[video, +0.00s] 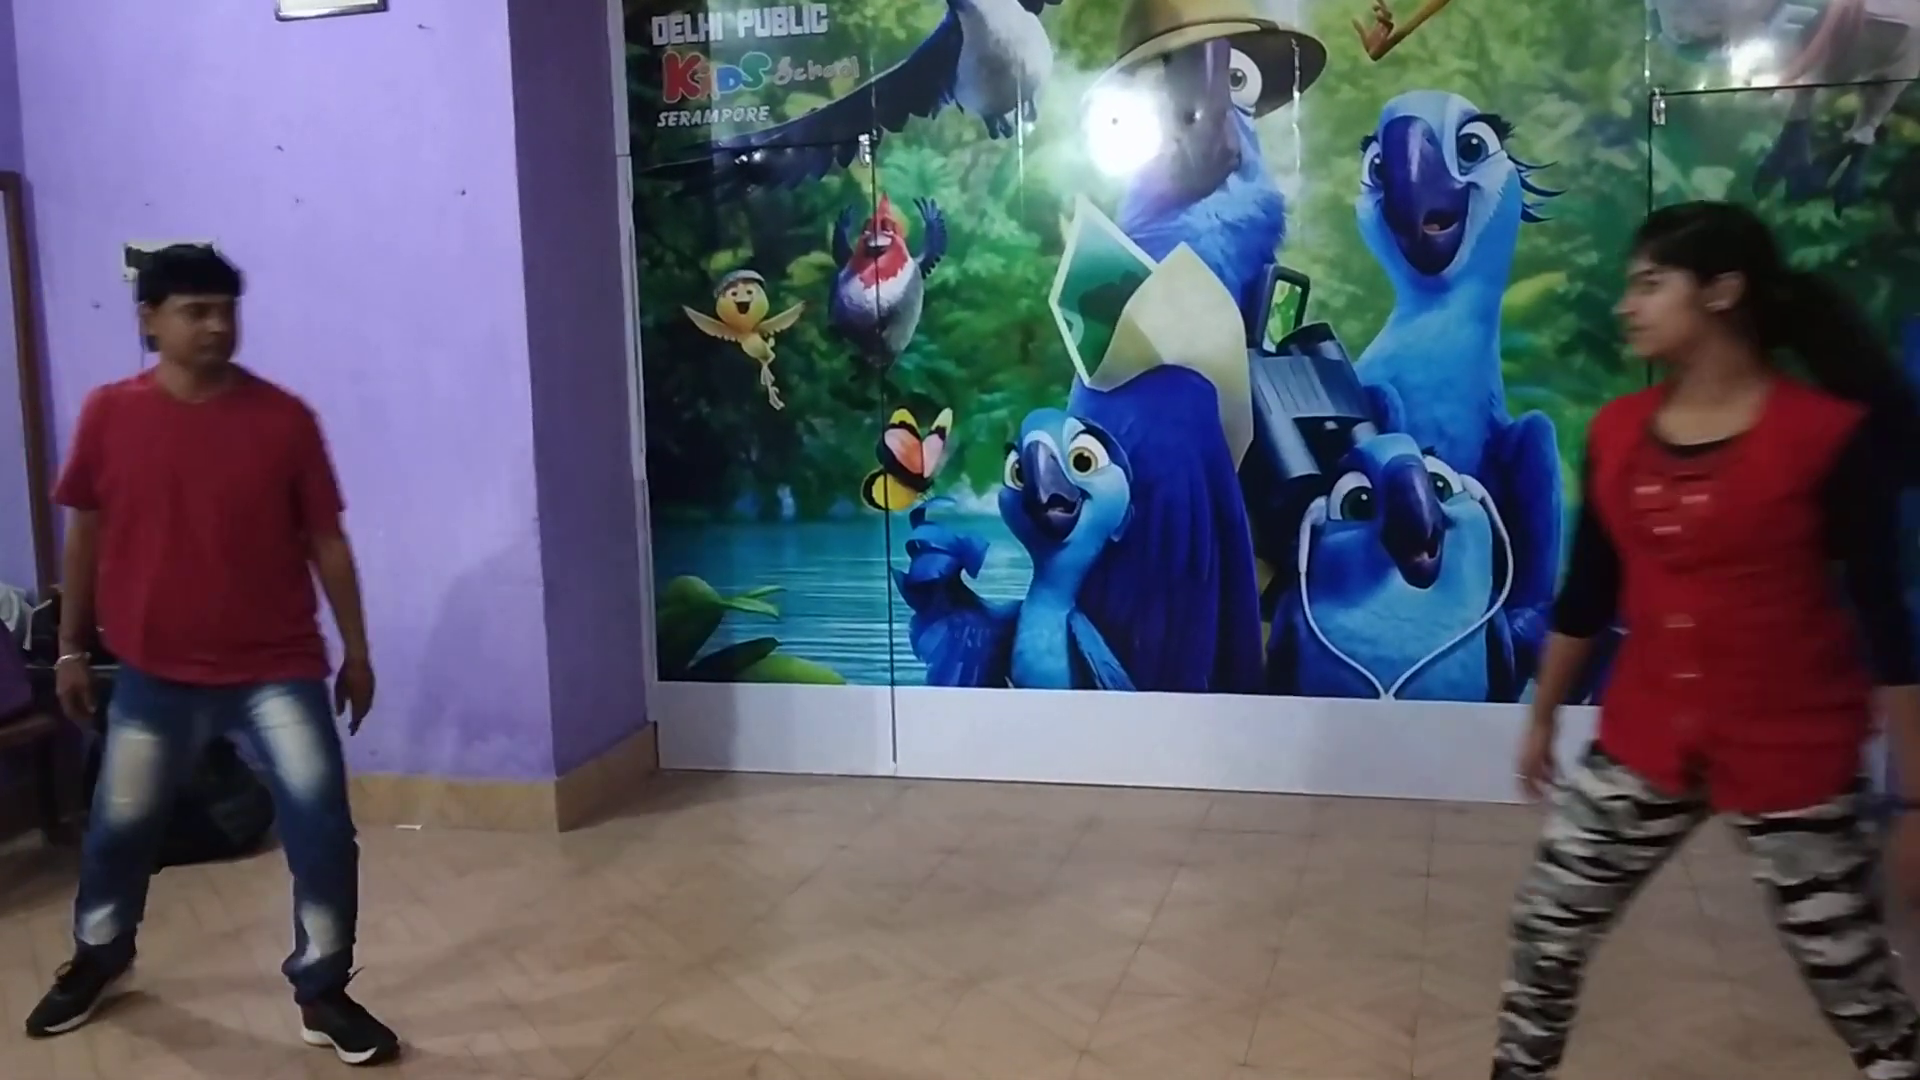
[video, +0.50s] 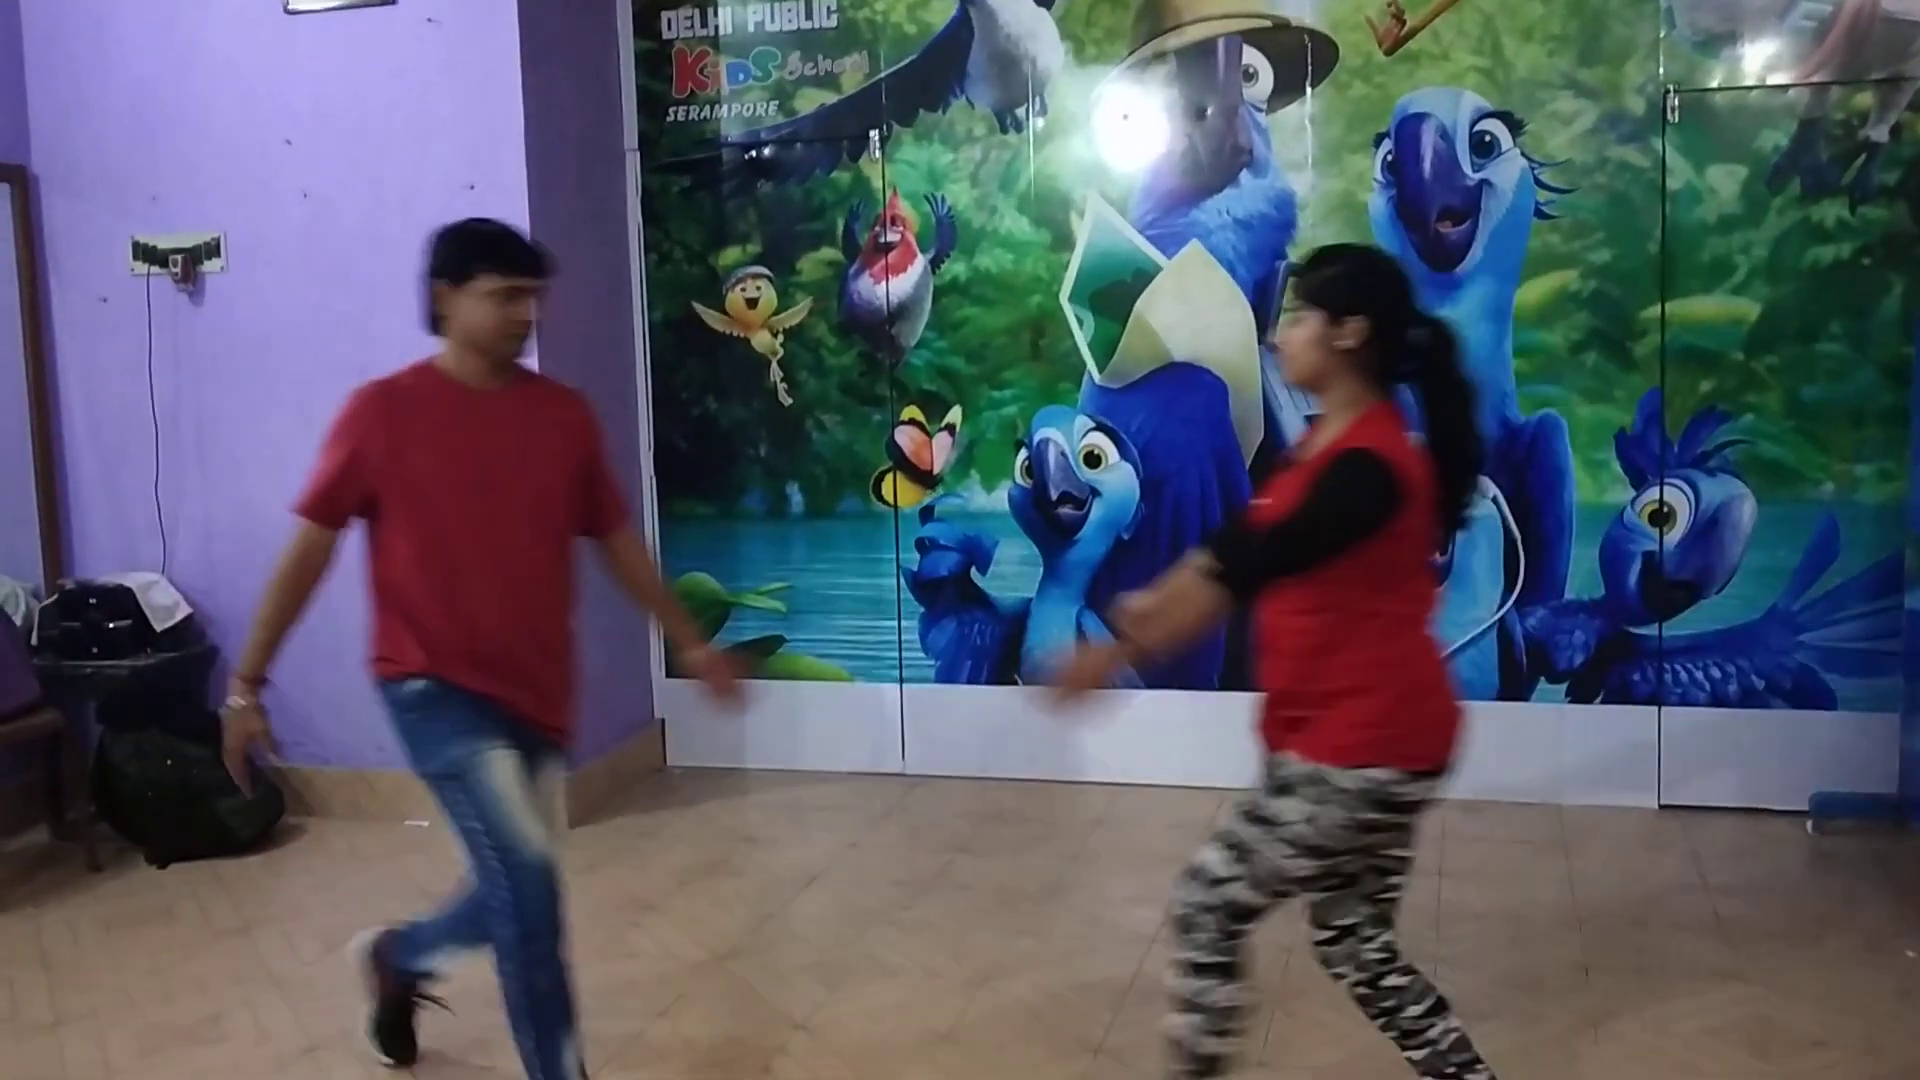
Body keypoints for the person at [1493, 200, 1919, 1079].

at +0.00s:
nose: (1626, 306)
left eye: (1648, 284)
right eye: (1629, 286)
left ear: (1721, 293)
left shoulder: (1831, 437)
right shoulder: (1619, 432)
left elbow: (1889, 624)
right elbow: (1589, 587)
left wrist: (1911, 802)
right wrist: (1541, 713)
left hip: (1793, 753)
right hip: (1645, 743)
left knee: (1855, 992)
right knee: (1546, 933)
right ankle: (1517, 1071)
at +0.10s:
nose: (1565, 321)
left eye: (1586, 300)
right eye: (1569, 301)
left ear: (1652, 311)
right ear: (1628, 315)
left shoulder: (1745, 455)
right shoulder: (1559, 446)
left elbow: (1779, 641)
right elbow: (1529, 591)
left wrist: (1804, 816)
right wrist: (1487, 705)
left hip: (1714, 766)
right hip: (1590, 756)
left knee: (1804, 979)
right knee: (1487, 921)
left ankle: (1892, 1065)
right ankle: (1503, 1071)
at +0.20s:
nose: (1490, 325)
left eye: (1509, 308)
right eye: (1495, 307)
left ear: (1571, 323)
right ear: (1554, 323)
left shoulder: (1631, 465)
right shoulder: (1495, 445)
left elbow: (1644, 648)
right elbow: (1462, 579)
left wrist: (1646, 815)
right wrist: (1412, 682)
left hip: (1621, 762)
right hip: (1514, 748)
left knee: (1684, 982)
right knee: (1430, 920)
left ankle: (1807, 1065)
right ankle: (1482, 1071)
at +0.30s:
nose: (1416, 329)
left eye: (1433, 313)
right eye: (1422, 311)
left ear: (1490, 329)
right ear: (1477, 328)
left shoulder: (1537, 468)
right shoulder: (1439, 443)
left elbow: (1505, 643)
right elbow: (1391, 563)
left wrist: (1462, 786)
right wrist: (1333, 654)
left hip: (1531, 768)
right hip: (1443, 755)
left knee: (1479, 985)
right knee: (1395, 925)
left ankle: (1660, 1070)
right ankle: (1465, 1068)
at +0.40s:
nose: (1346, 335)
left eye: (1364, 318)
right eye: (1352, 317)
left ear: (1419, 333)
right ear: (1406, 333)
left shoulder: (1457, 463)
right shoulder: (1379, 444)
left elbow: (1364, 619)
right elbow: (1313, 552)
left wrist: (1276, 727)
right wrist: (1246, 625)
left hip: (1454, 754)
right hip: (1391, 741)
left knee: (1312, 930)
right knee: (1376, 944)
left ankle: (1429, 1059)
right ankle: (1454, 1064)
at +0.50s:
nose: (1278, 336)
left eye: (1294, 318)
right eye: (1283, 318)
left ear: (1348, 333)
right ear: (1342, 336)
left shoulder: (1374, 464)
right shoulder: (1323, 447)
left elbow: (1242, 566)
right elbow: (1231, 556)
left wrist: (1115, 649)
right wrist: (1145, 619)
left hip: (1368, 745)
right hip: (1330, 737)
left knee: (1208, 905)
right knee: (1356, 943)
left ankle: (1196, 1065)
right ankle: (1463, 1071)